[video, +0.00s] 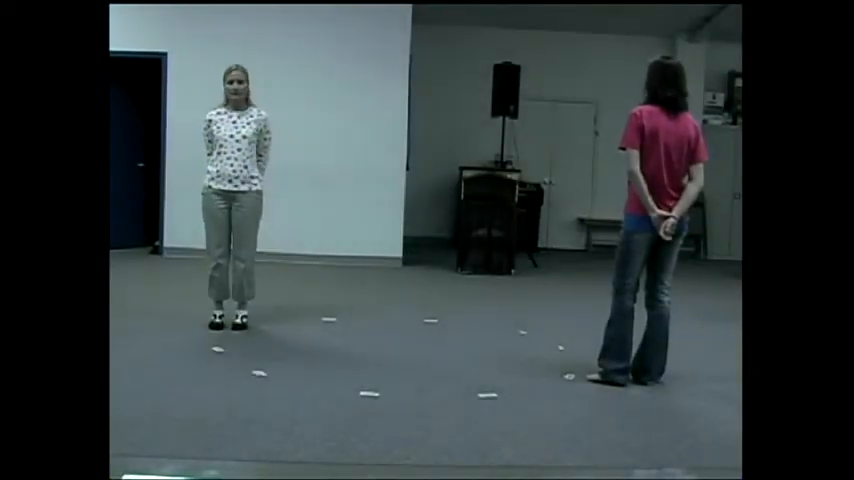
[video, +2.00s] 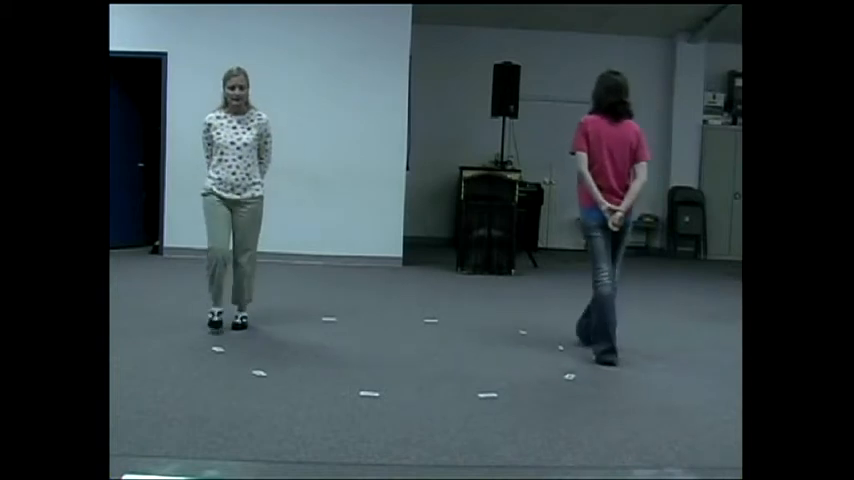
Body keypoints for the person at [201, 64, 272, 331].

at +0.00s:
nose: (236, 86)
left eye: (241, 82)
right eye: (231, 82)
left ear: (248, 86)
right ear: (224, 87)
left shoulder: (259, 118)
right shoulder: (212, 117)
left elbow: (263, 156)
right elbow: (210, 152)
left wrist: (254, 179)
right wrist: (221, 174)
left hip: (247, 190)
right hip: (215, 189)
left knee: (244, 253)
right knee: (217, 253)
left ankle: (242, 309)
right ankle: (217, 309)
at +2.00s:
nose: (237, 93)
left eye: (242, 88)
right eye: (232, 88)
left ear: (248, 90)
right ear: (224, 90)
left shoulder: (260, 121)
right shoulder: (212, 121)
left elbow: (265, 158)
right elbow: (209, 156)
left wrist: (254, 180)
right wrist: (219, 177)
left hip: (249, 195)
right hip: (217, 193)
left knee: (245, 256)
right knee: (218, 252)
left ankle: (242, 310)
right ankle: (216, 308)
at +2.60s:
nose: (231, 83)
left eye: (235, 79)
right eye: (226, 78)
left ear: (241, 84)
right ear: (215, 82)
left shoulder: (250, 118)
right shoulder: (199, 118)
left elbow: (253, 157)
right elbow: (192, 158)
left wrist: (243, 181)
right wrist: (204, 181)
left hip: (241, 196)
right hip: (206, 196)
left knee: (236, 262)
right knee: (209, 264)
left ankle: (231, 324)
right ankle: (211, 319)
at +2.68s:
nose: (231, 80)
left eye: (236, 77)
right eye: (226, 75)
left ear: (242, 82)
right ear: (216, 80)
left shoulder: (251, 117)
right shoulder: (199, 116)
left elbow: (253, 156)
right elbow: (193, 157)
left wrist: (241, 180)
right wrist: (205, 179)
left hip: (241, 195)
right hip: (207, 195)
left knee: (236, 260)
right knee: (209, 262)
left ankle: (233, 326)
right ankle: (211, 318)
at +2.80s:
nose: (233, 82)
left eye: (238, 78)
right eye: (228, 77)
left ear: (243, 84)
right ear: (217, 81)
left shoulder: (254, 120)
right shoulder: (201, 119)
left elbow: (256, 160)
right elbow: (195, 161)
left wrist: (245, 185)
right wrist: (206, 184)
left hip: (244, 201)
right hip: (209, 201)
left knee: (237, 267)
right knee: (210, 265)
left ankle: (233, 334)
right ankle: (212, 317)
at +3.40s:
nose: (231, 78)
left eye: (235, 74)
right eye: (225, 73)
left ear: (241, 80)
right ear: (213, 77)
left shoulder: (248, 117)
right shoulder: (196, 115)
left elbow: (249, 157)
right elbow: (184, 156)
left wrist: (239, 181)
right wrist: (195, 182)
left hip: (240, 199)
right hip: (203, 199)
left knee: (237, 266)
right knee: (201, 265)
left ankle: (232, 336)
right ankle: (187, 319)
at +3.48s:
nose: (229, 77)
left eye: (234, 72)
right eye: (224, 71)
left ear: (239, 79)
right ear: (211, 76)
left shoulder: (244, 116)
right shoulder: (192, 115)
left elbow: (245, 157)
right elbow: (182, 160)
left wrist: (232, 181)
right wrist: (195, 184)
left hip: (235, 199)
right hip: (200, 199)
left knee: (234, 264)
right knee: (196, 263)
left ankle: (232, 334)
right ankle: (184, 317)